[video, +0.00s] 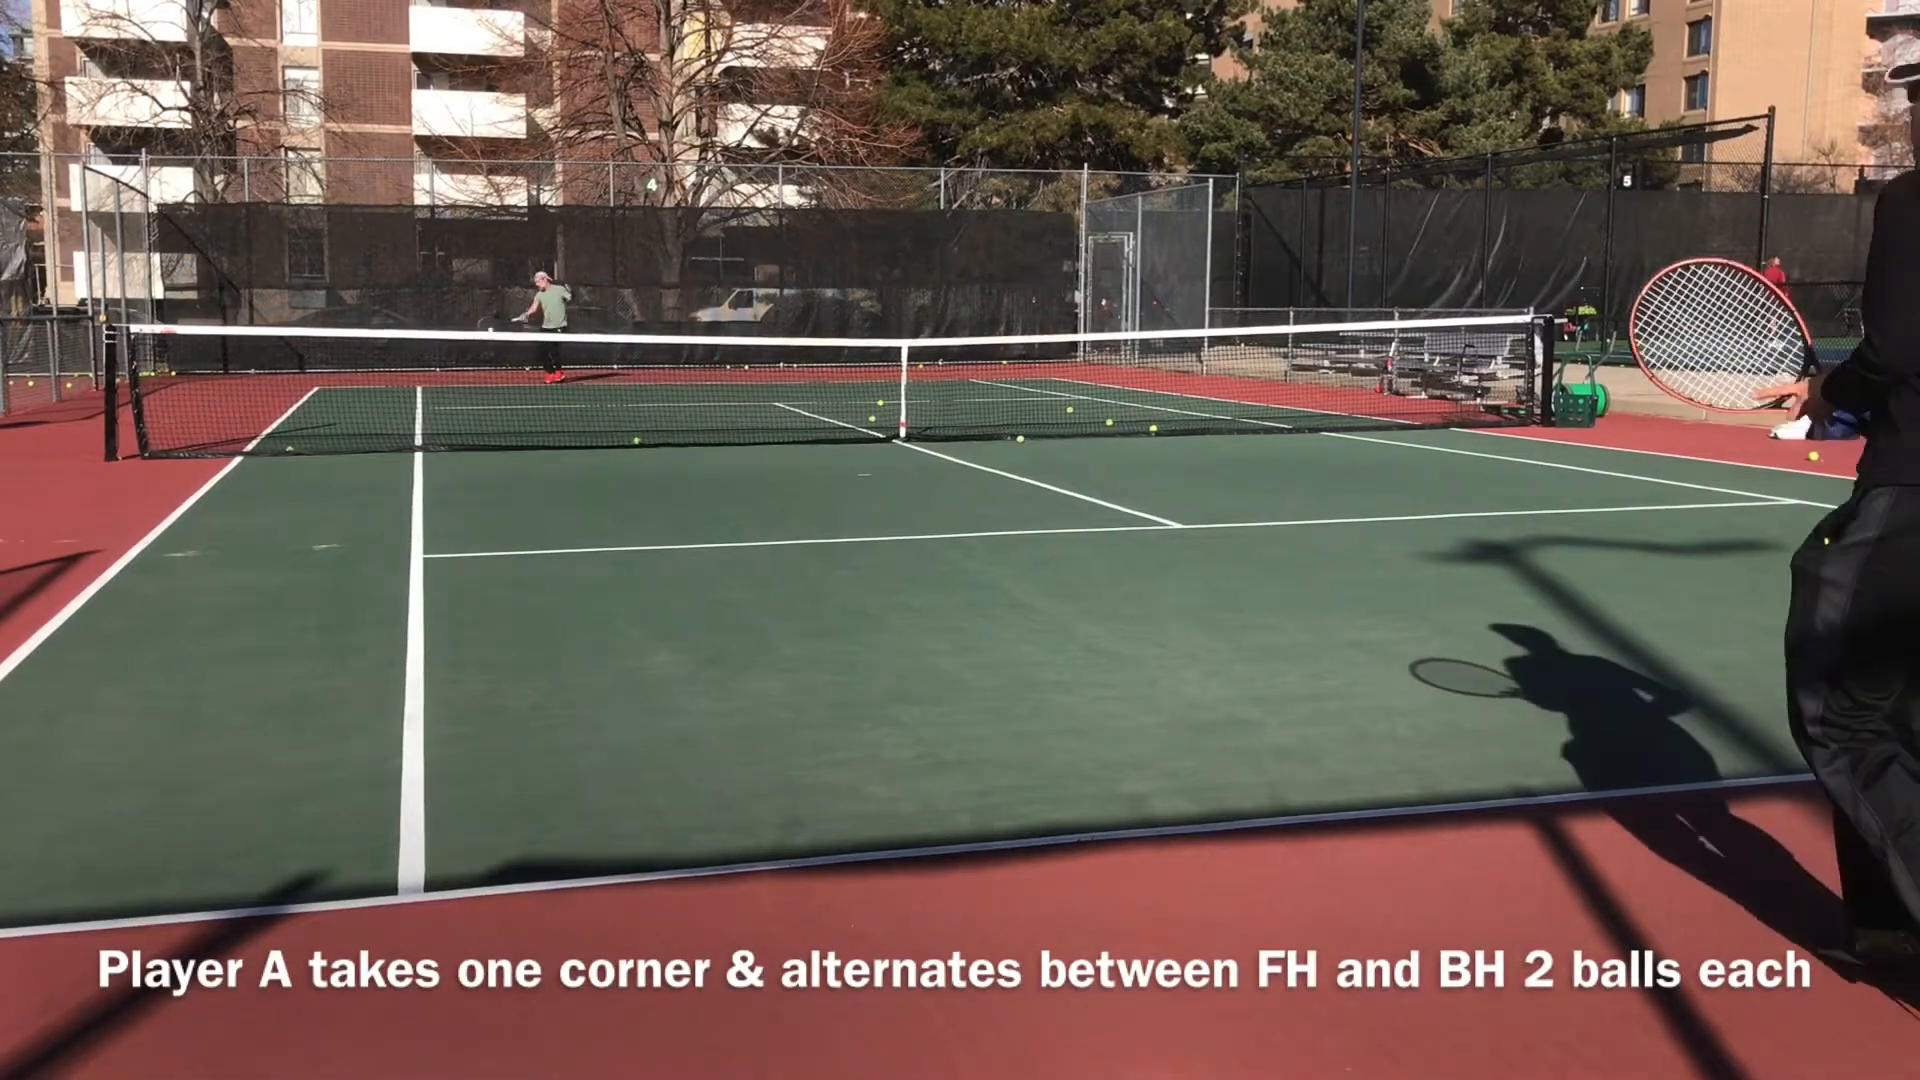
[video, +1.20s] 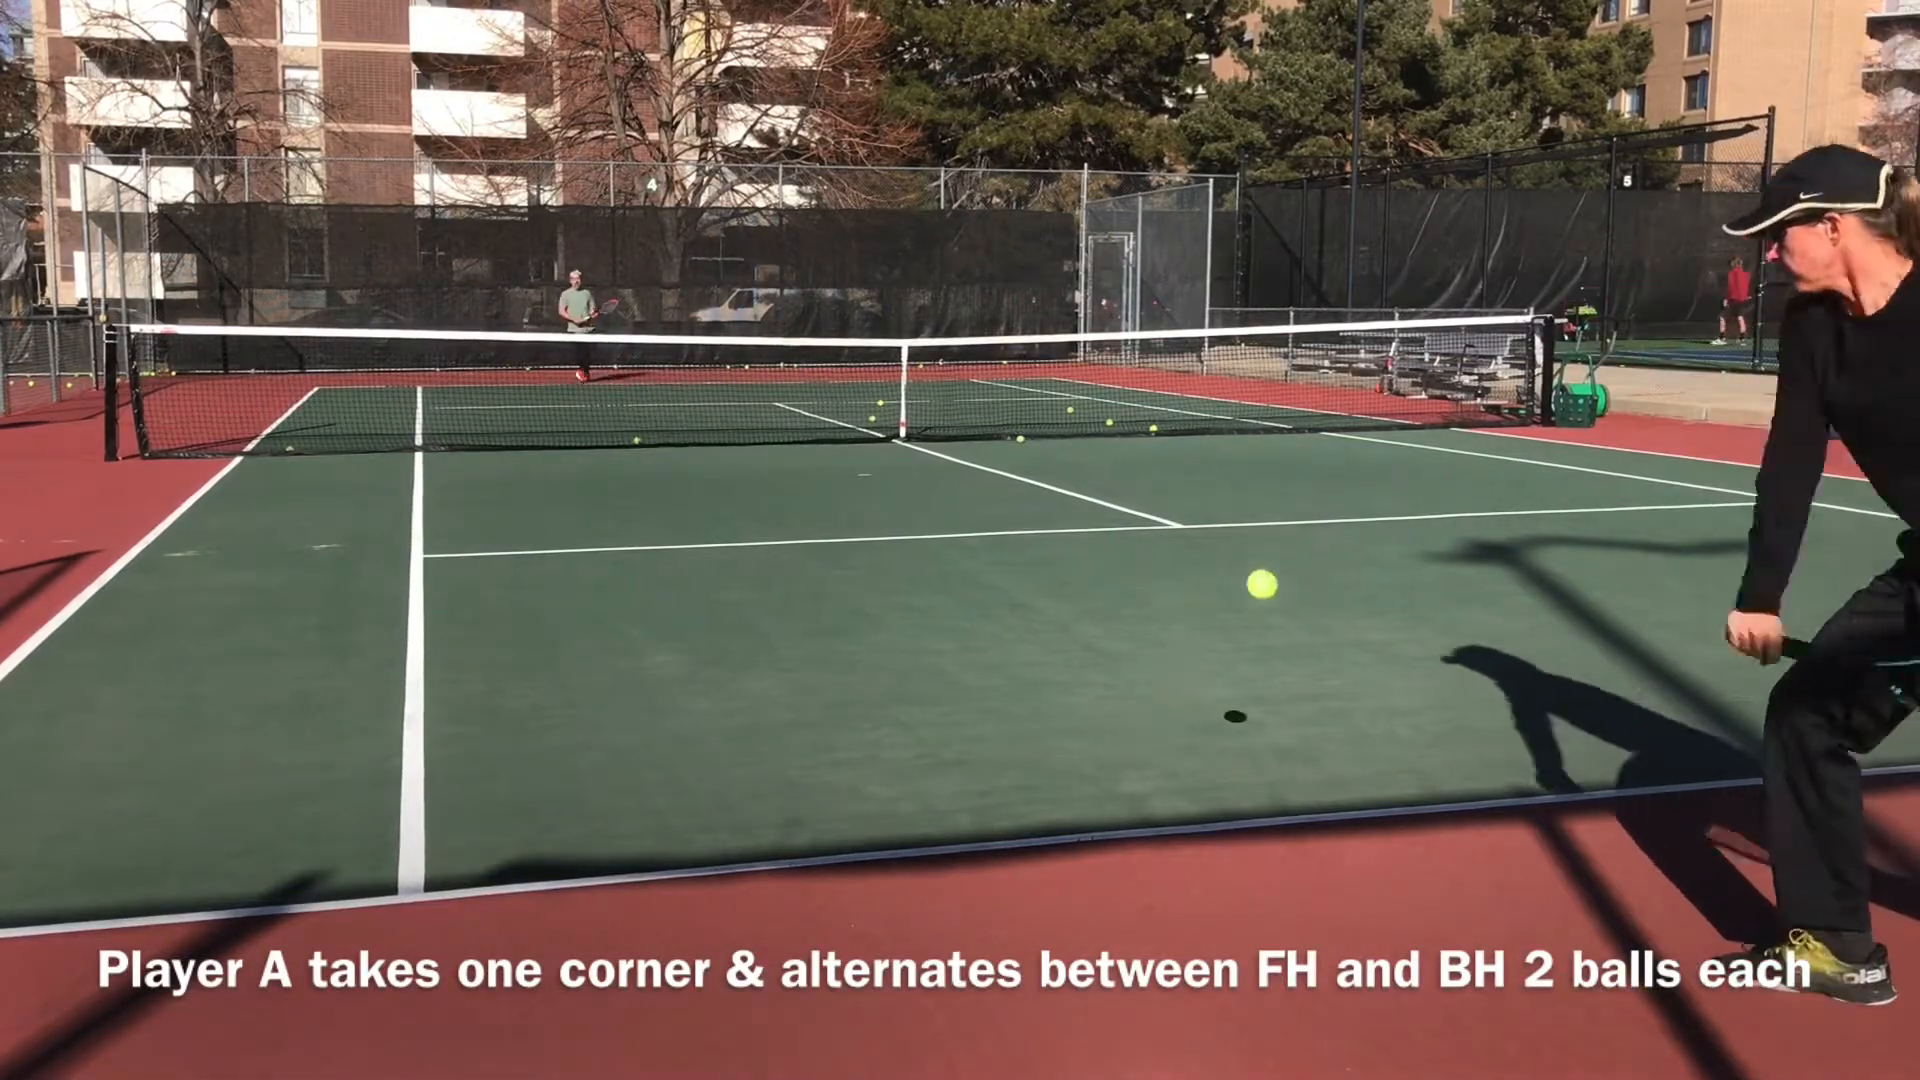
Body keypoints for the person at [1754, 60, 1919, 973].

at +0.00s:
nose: (1891, 114)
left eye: (1898, 98)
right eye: (1894, 96)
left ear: (1912, 113)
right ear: (1905, 115)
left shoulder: (1901, 205)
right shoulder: (1899, 208)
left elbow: (1894, 353)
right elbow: (1895, 353)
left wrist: (1837, 387)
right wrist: (1840, 384)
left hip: (1902, 499)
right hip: (1897, 493)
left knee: (1844, 697)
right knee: (1872, 693)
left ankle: (1897, 922)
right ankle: (1886, 924)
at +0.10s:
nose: (1873, 96)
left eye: (1884, 80)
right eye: (1872, 80)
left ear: (1911, 87)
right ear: (1894, 89)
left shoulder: (1884, 173)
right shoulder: (1889, 174)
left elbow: (1870, 316)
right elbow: (1870, 317)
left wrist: (1797, 363)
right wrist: (1803, 362)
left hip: (1885, 466)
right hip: (1896, 464)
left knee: (1776, 672)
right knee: (1876, 673)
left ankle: (1848, 928)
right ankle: (1895, 882)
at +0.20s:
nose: (1821, 113)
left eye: (1828, 99)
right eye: (1827, 98)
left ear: (1855, 107)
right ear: (1903, 111)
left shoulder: (1841, 197)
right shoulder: (1910, 190)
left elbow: (1825, 347)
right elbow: (1876, 351)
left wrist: (1758, 391)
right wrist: (1789, 390)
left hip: (1850, 490)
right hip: (1911, 493)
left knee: (1735, 697)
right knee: (1864, 681)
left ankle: (1706, 942)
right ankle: (1895, 886)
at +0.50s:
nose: (1736, 215)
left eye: (1739, 199)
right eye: (1735, 199)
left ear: (1772, 200)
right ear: (1807, 195)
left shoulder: (1841, 282)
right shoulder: (1844, 275)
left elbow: (1865, 438)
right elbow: (1838, 426)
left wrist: (1738, 480)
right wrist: (1786, 524)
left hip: (1891, 549)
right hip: (1881, 540)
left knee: (1788, 734)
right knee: (1778, 707)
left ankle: (1737, 965)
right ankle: (1823, 868)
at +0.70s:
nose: (1755, 249)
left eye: (1758, 232)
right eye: (1753, 233)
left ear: (1796, 228)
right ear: (1809, 227)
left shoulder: (1908, 275)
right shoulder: (1803, 317)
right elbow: (1823, 432)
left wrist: (1918, 428)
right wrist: (1834, 514)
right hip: (1895, 551)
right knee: (1808, 699)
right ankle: (1822, 876)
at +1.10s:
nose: (1761, 292)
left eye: (1769, 271)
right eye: (1760, 274)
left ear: (1820, 269)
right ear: (1823, 272)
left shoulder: (1919, 323)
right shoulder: (1802, 362)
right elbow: (1889, 439)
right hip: (1919, 579)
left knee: (1811, 720)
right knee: (1805, 718)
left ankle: (1840, 943)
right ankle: (1841, 942)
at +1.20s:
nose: (1773, 252)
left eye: (1785, 233)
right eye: (1772, 236)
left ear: (1841, 226)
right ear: (1830, 232)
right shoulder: (1816, 326)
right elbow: (1790, 465)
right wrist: (1761, 596)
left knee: (1815, 717)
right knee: (1807, 713)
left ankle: (1838, 942)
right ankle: (1837, 944)